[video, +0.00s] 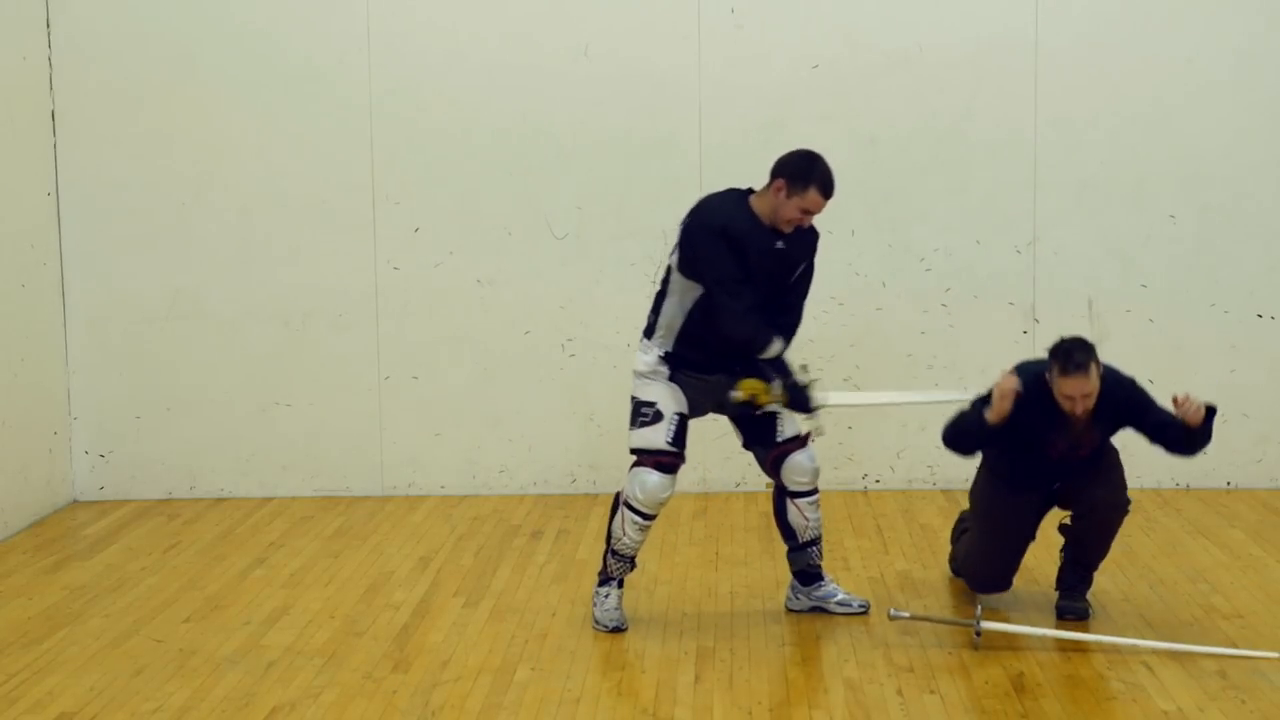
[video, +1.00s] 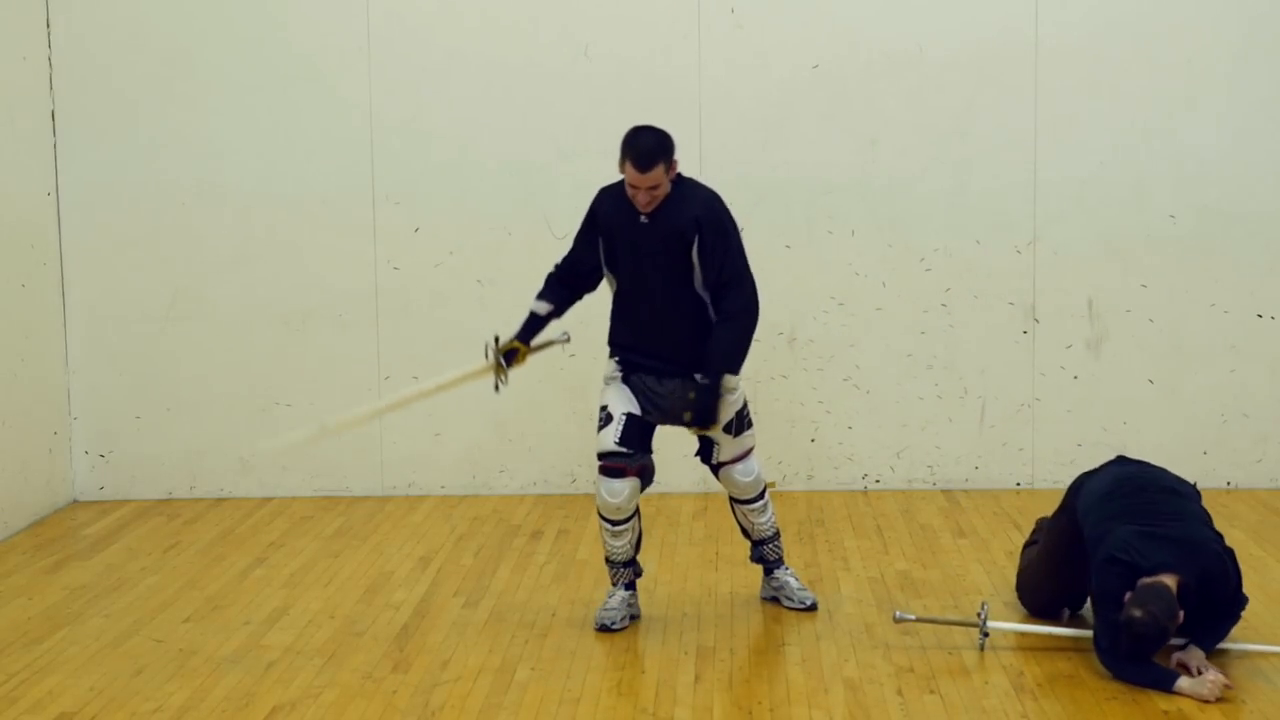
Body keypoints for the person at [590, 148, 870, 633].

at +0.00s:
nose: (807, 221)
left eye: (813, 214)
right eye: (804, 209)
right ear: (777, 188)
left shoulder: (801, 238)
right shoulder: (712, 218)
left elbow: (788, 312)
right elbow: (728, 302)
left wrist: (767, 367)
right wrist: (777, 367)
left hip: (743, 369)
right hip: (671, 368)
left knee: (799, 466)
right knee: (652, 483)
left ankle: (808, 583)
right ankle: (609, 586)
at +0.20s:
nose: (733, 194)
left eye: (747, 194)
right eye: (734, 181)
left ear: (763, 193)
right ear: (727, 156)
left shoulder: (750, 238)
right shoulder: (678, 172)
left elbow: (683, 292)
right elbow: (597, 175)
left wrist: (612, 261)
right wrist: (551, 207)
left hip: (707, 358)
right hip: (640, 347)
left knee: (739, 473)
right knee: (619, 469)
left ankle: (774, 572)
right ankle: (605, 587)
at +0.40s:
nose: (674, 193)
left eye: (686, 187)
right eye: (669, 182)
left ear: (712, 174)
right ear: (661, 162)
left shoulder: (728, 225)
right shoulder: (644, 172)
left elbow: (694, 305)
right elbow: (600, 137)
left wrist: (618, 305)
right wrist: (536, 121)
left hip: (709, 357)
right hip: (640, 351)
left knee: (743, 469)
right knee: (622, 469)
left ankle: (775, 571)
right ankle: (606, 585)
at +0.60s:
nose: (667, 190)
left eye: (678, 181)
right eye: (659, 179)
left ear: (703, 165)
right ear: (651, 165)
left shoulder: (727, 217)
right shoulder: (639, 184)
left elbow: (707, 305)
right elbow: (590, 177)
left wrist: (625, 337)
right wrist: (529, 171)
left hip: (712, 357)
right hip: (642, 352)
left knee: (745, 470)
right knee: (623, 471)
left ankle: (775, 572)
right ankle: (607, 587)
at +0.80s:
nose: (664, 189)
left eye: (675, 180)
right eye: (655, 178)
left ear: (697, 163)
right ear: (645, 161)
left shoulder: (725, 209)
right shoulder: (636, 191)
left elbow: (727, 301)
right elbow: (590, 225)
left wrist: (656, 361)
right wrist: (520, 254)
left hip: (713, 351)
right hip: (644, 351)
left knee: (746, 468)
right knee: (624, 471)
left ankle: (775, 572)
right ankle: (612, 586)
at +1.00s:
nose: (642, 197)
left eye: (653, 187)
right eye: (633, 186)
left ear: (673, 170)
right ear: (620, 172)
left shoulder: (704, 210)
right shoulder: (609, 207)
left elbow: (740, 300)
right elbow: (575, 272)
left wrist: (715, 380)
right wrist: (525, 334)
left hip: (706, 368)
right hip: (633, 366)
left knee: (743, 474)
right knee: (614, 476)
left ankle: (775, 572)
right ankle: (623, 589)